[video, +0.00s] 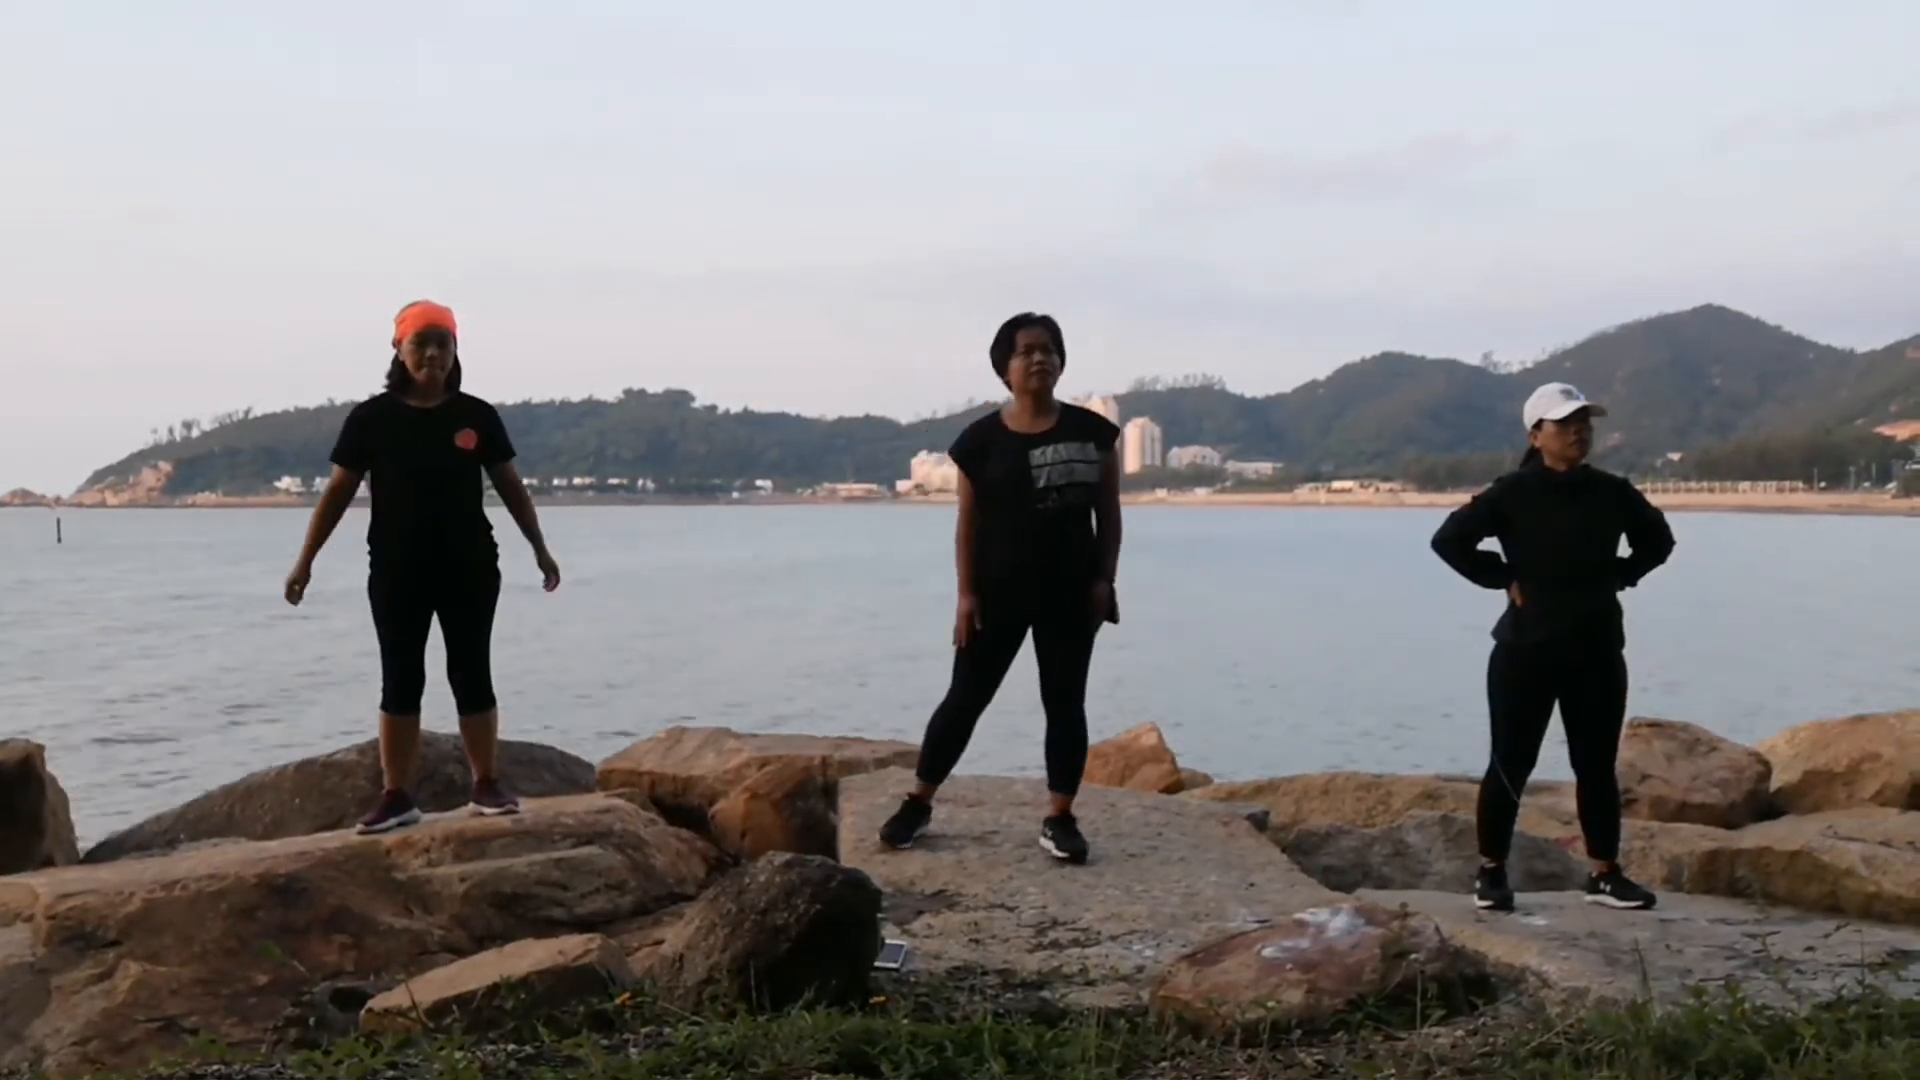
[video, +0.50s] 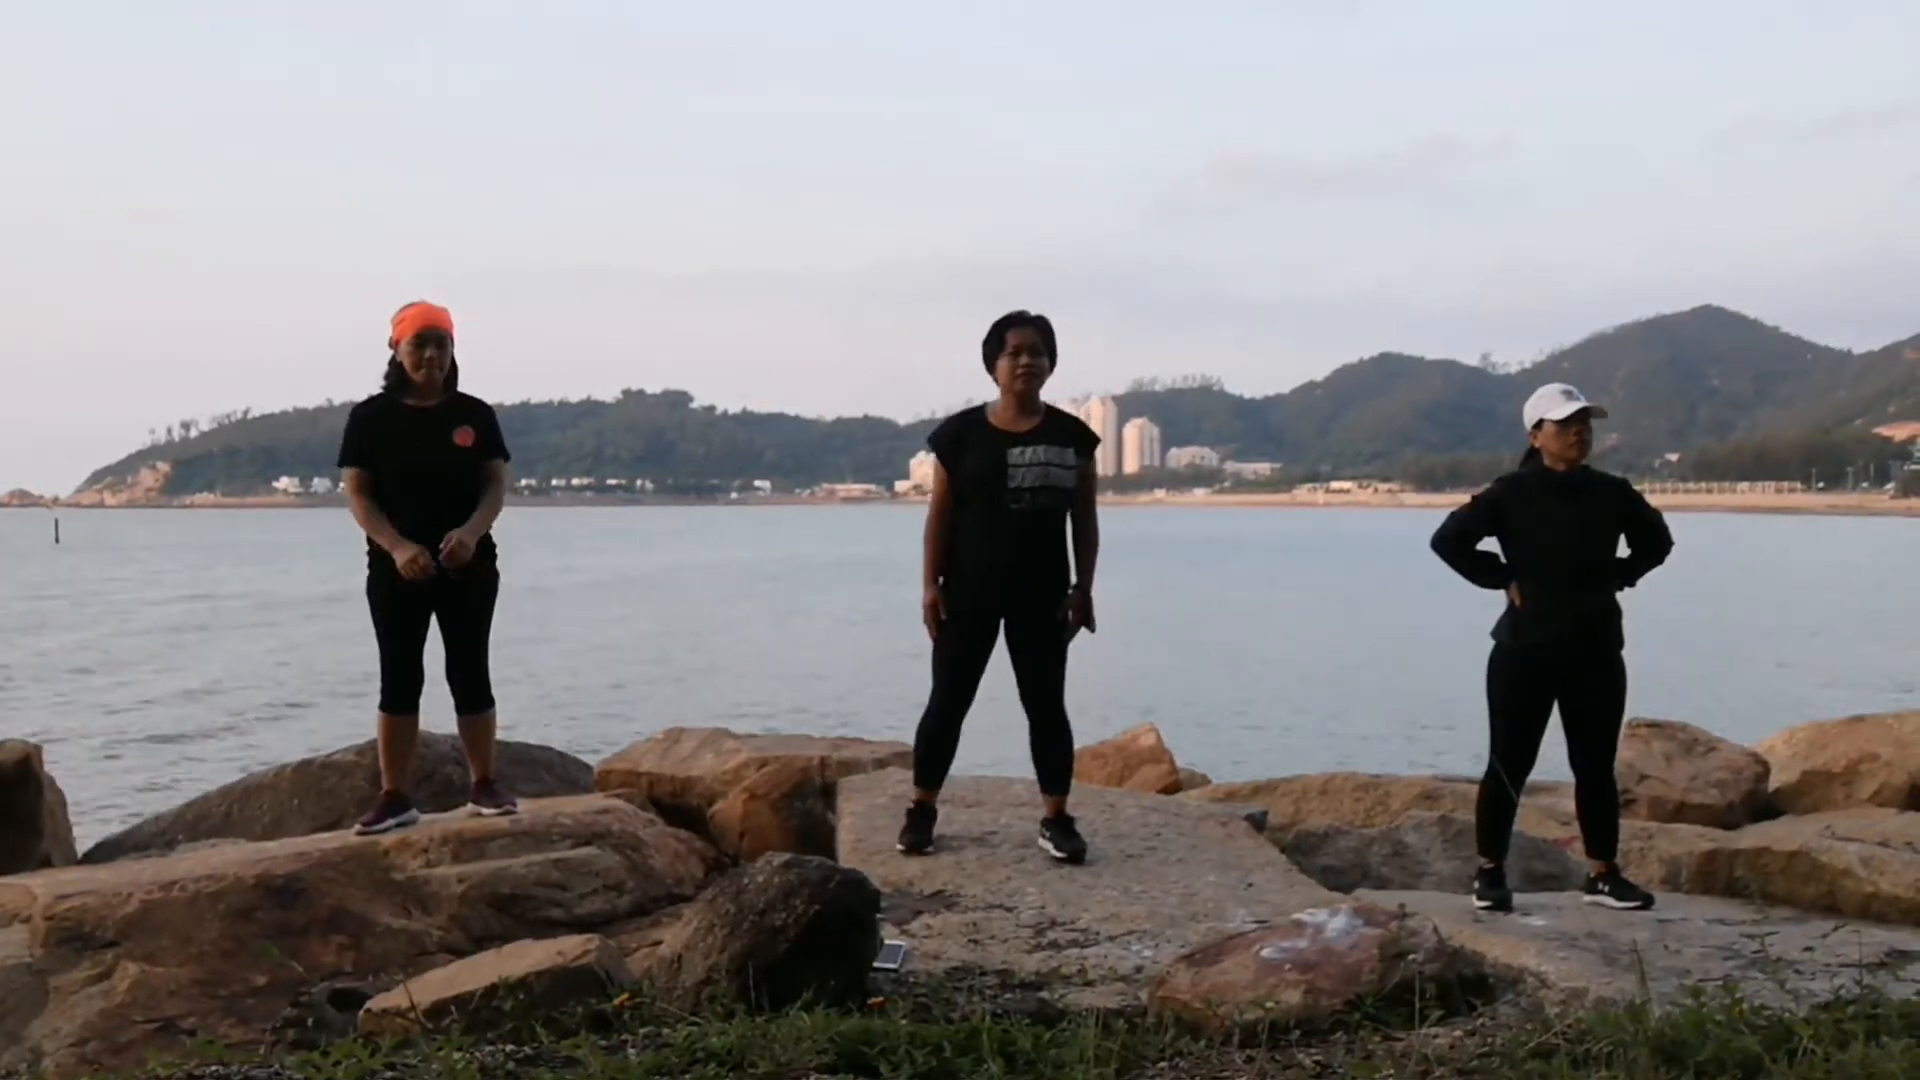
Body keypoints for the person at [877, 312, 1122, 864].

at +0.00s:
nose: (1038, 359)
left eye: (1047, 351)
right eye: (1025, 352)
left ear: (1061, 364)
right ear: (1004, 365)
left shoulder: (1095, 433)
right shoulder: (980, 440)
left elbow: (1110, 515)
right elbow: (966, 524)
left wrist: (1106, 581)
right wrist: (966, 593)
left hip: (1071, 593)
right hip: (1001, 594)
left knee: (1066, 707)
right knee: (963, 701)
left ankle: (1060, 816)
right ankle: (918, 802)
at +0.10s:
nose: (1042, 362)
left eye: (1052, 353)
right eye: (1030, 353)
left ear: (1065, 364)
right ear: (1008, 366)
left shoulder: (1098, 434)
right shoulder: (983, 439)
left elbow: (1112, 514)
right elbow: (966, 521)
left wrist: (1109, 581)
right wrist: (961, 591)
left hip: (1071, 593)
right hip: (1000, 595)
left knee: (1066, 708)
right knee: (962, 701)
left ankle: (1060, 817)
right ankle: (916, 802)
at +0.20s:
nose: (1044, 361)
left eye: (1055, 352)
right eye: (1032, 352)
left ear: (1067, 363)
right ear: (1011, 364)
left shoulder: (1098, 434)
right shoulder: (983, 436)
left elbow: (1111, 512)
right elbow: (966, 517)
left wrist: (1109, 581)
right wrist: (958, 588)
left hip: (1067, 594)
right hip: (997, 594)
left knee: (1064, 708)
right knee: (956, 698)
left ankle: (1059, 817)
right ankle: (913, 801)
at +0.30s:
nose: (1041, 361)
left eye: (1052, 352)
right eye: (1030, 352)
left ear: (1067, 364)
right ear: (1009, 363)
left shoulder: (1095, 436)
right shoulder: (981, 434)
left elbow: (1107, 518)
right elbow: (961, 517)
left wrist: (1104, 584)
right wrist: (953, 588)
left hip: (1061, 595)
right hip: (991, 592)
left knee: (1060, 708)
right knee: (950, 697)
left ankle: (1059, 817)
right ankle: (916, 801)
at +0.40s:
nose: (1036, 362)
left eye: (1046, 353)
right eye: (1025, 352)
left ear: (1061, 364)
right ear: (1003, 364)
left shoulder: (1085, 436)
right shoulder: (972, 434)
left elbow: (1098, 520)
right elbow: (950, 516)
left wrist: (1095, 588)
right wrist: (941, 588)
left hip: (1052, 597)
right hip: (982, 593)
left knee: (1055, 708)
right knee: (952, 702)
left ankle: (1058, 818)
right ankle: (923, 811)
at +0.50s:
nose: (1026, 362)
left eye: (1036, 353)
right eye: (1015, 353)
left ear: (1050, 364)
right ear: (993, 363)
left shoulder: (1072, 437)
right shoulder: (959, 434)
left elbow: (1085, 519)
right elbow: (938, 517)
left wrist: (1083, 587)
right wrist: (930, 588)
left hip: (1041, 595)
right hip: (971, 593)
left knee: (1047, 708)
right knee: (946, 703)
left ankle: (1056, 816)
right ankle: (922, 811)